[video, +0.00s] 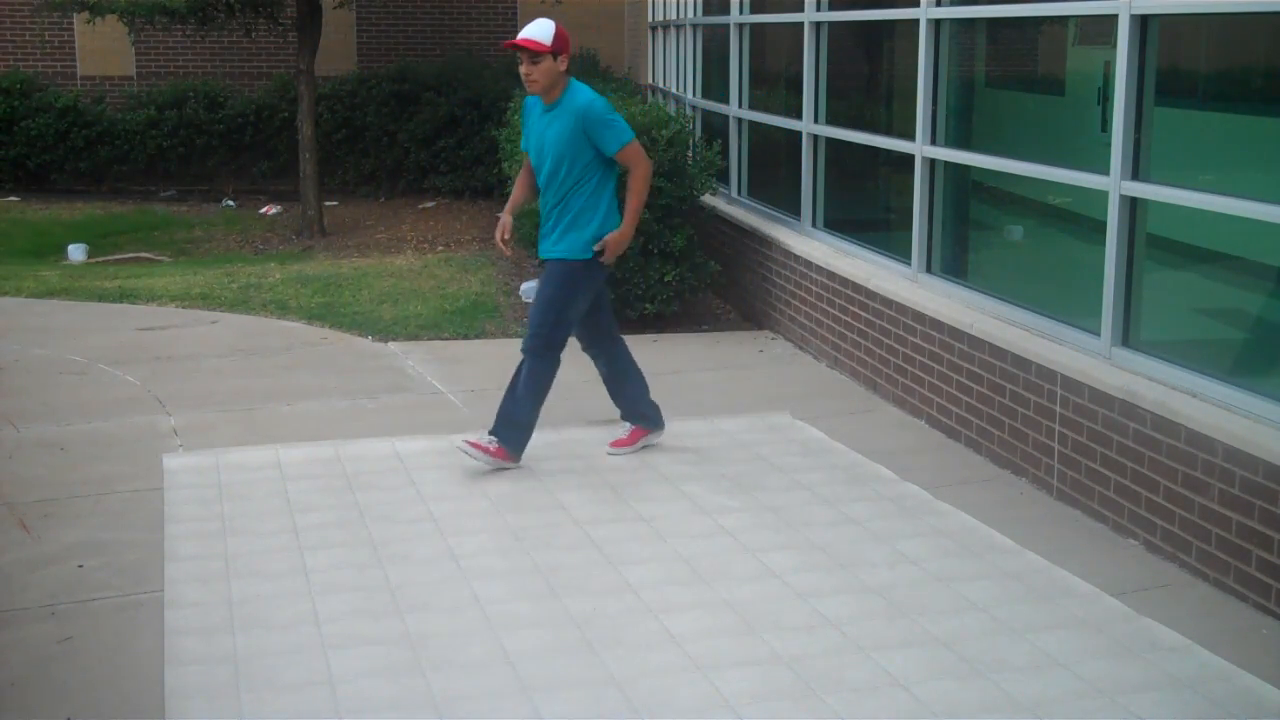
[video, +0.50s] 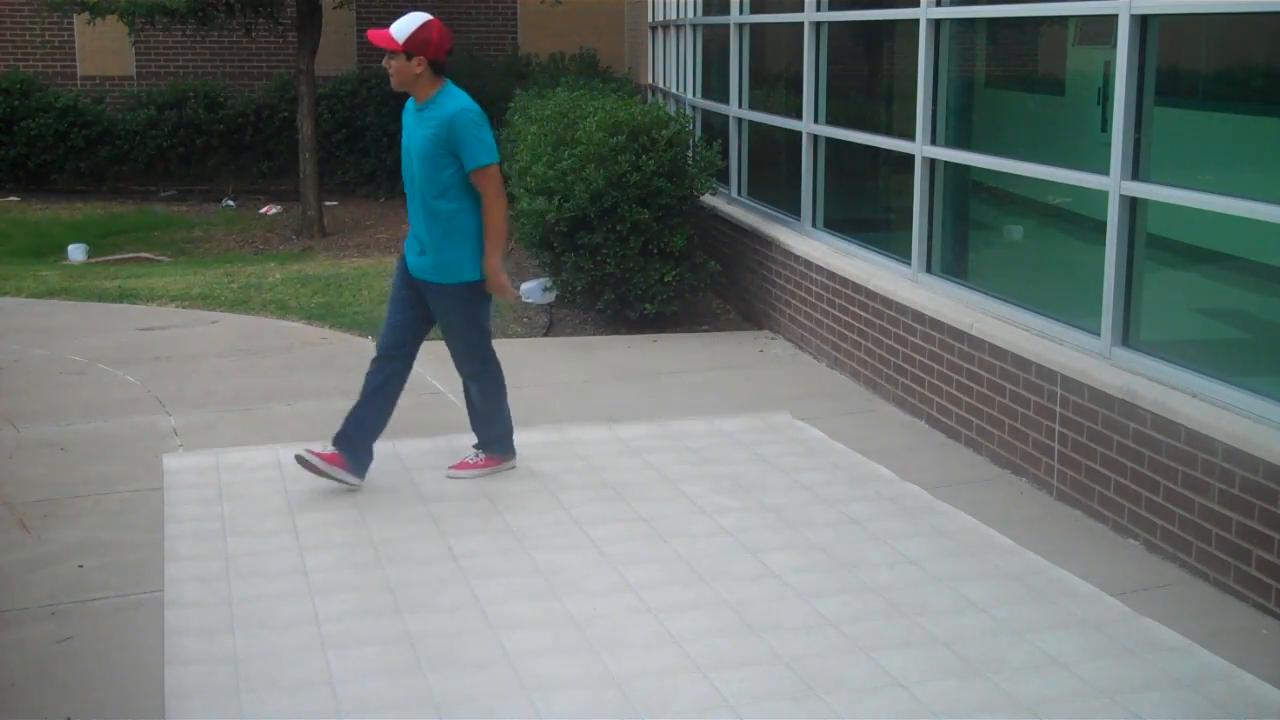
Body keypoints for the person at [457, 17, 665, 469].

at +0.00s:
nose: (525, 70)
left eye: (535, 61)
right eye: (521, 61)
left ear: (562, 62)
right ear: (519, 62)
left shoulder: (588, 106)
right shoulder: (532, 104)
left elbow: (640, 165)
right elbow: (531, 165)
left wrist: (626, 231)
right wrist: (509, 209)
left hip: (584, 245)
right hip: (558, 244)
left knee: (542, 342)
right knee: (600, 338)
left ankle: (507, 442)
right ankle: (645, 418)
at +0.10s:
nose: (496, 68)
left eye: (507, 60)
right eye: (494, 59)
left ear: (535, 64)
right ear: (494, 61)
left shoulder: (561, 109)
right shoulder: (506, 103)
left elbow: (611, 169)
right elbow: (519, 165)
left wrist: (601, 236)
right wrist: (505, 211)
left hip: (554, 250)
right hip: (524, 247)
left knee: (520, 344)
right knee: (555, 341)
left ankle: (499, 447)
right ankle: (620, 404)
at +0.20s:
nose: (463, 61)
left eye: (473, 55)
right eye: (464, 53)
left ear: (503, 64)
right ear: (485, 62)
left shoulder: (533, 106)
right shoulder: (481, 97)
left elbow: (582, 167)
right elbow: (507, 166)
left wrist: (583, 236)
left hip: (531, 249)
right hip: (495, 242)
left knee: (506, 345)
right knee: (488, 338)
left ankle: (499, 449)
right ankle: (572, 391)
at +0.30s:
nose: (437, 55)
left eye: (445, 49)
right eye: (439, 48)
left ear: (472, 60)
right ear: (466, 59)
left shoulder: (508, 103)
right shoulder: (462, 93)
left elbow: (556, 165)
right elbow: (494, 164)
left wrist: (565, 232)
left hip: (505, 252)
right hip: (469, 244)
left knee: (495, 349)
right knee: (448, 334)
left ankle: (499, 448)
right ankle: (503, 412)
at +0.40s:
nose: (412, 56)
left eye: (420, 50)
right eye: (413, 48)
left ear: (446, 59)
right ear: (439, 58)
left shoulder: (486, 107)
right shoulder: (438, 98)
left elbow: (526, 177)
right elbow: (460, 175)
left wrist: (536, 247)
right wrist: (445, 231)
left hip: (485, 258)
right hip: (442, 250)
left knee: (486, 355)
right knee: (416, 344)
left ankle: (499, 450)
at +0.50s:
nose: (385, 62)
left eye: (393, 56)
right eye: (387, 54)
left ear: (420, 64)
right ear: (414, 64)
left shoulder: (463, 114)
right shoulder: (412, 107)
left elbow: (494, 194)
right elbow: (428, 187)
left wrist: (493, 263)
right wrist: (419, 243)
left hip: (458, 269)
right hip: (417, 262)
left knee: (476, 362)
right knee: (390, 358)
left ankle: (497, 448)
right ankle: (350, 455)